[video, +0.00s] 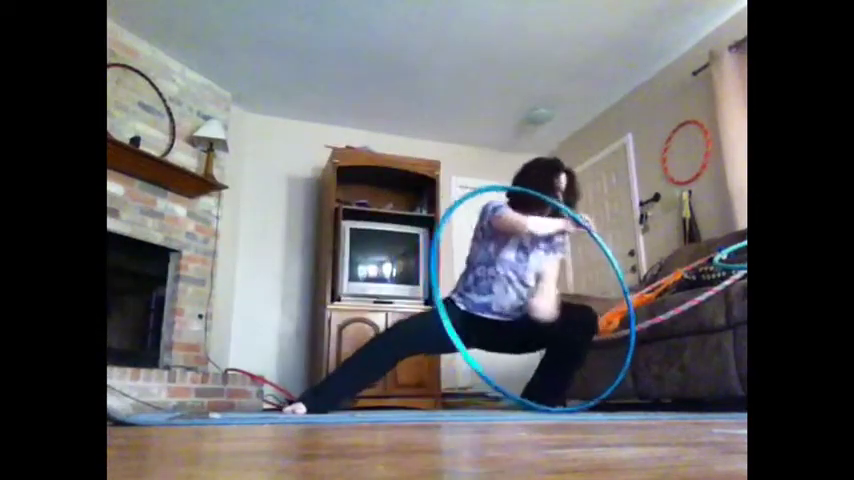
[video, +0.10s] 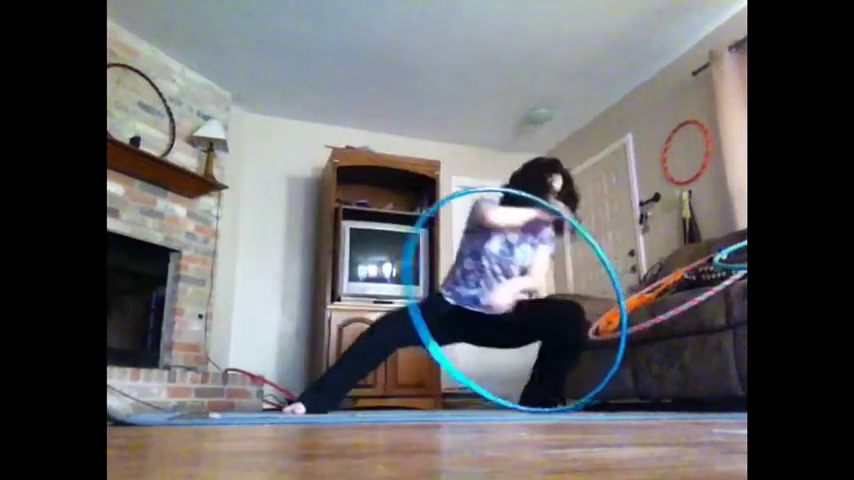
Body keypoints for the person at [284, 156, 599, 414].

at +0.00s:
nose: (554, 205)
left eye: (561, 199)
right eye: (549, 193)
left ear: (568, 204)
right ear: (529, 189)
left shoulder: (554, 241)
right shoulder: (495, 209)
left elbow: (542, 302)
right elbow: (519, 225)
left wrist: (553, 318)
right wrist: (557, 224)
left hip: (510, 326)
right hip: (462, 319)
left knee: (580, 321)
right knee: (398, 338)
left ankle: (537, 409)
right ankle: (308, 406)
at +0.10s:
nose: (552, 210)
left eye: (560, 205)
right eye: (547, 197)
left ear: (565, 207)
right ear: (527, 190)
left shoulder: (545, 238)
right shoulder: (488, 204)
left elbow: (539, 285)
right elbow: (491, 220)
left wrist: (518, 289)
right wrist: (538, 216)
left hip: (498, 321)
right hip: (449, 311)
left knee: (569, 317)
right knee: (386, 330)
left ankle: (539, 406)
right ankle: (310, 405)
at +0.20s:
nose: (534, 198)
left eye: (543, 194)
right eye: (531, 188)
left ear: (549, 200)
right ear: (515, 185)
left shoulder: (535, 228)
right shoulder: (484, 201)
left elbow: (521, 269)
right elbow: (452, 207)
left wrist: (495, 292)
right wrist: (513, 205)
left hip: (489, 315)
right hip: (440, 307)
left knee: (558, 313)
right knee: (379, 323)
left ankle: (540, 403)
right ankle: (309, 402)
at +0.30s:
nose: (512, 191)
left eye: (520, 189)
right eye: (510, 182)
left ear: (527, 196)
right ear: (497, 176)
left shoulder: (521, 223)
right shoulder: (467, 198)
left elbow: (504, 266)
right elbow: (423, 204)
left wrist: (479, 307)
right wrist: (477, 194)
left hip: (477, 310)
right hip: (428, 303)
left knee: (548, 311)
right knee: (368, 318)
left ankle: (539, 402)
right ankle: (306, 401)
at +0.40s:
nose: (492, 181)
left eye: (501, 178)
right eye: (489, 171)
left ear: (508, 186)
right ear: (474, 167)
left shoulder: (496, 218)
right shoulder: (437, 193)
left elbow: (485, 270)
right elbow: (378, 197)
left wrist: (476, 325)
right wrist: (422, 182)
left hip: (458, 306)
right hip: (407, 298)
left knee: (532, 315)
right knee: (349, 306)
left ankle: (539, 411)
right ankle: (301, 403)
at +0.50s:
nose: (470, 175)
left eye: (480, 171)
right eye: (467, 164)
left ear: (487, 177)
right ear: (453, 160)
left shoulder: (478, 210)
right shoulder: (414, 189)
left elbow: (480, 267)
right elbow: (355, 198)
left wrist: (480, 326)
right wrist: (383, 175)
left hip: (444, 303)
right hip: (391, 295)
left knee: (512, 315)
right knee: (331, 303)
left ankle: (540, 409)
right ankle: (300, 405)